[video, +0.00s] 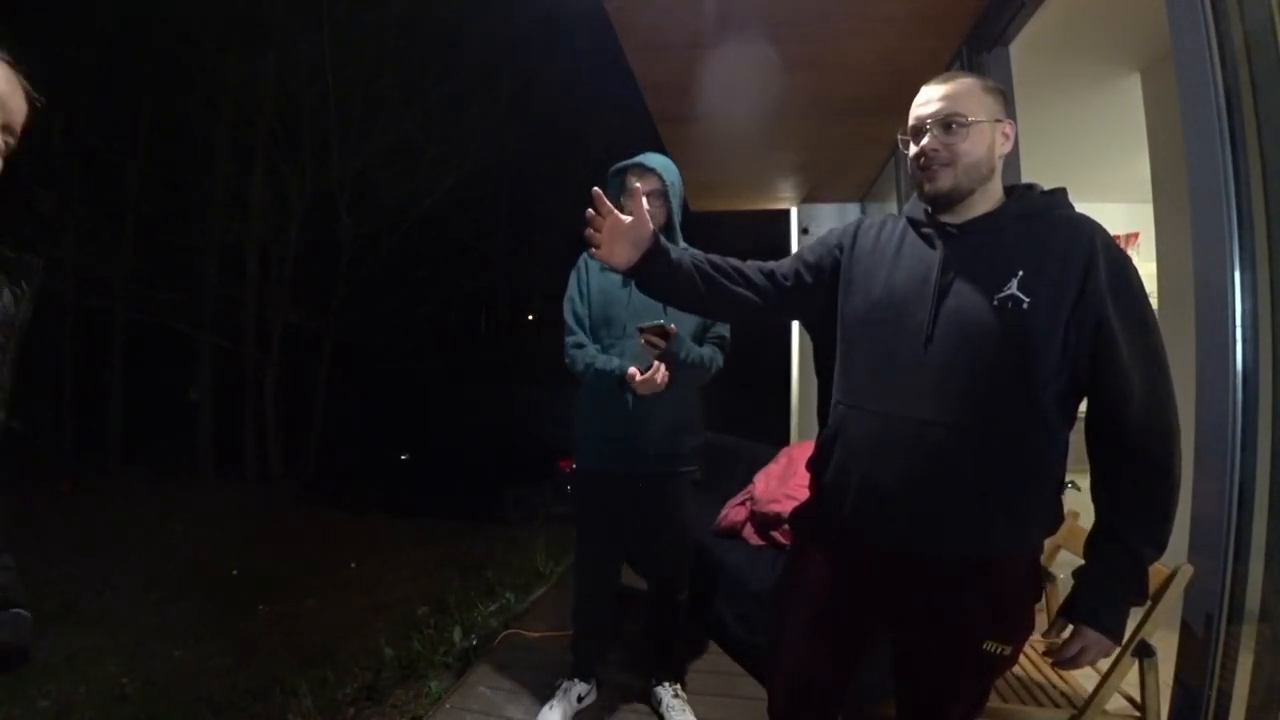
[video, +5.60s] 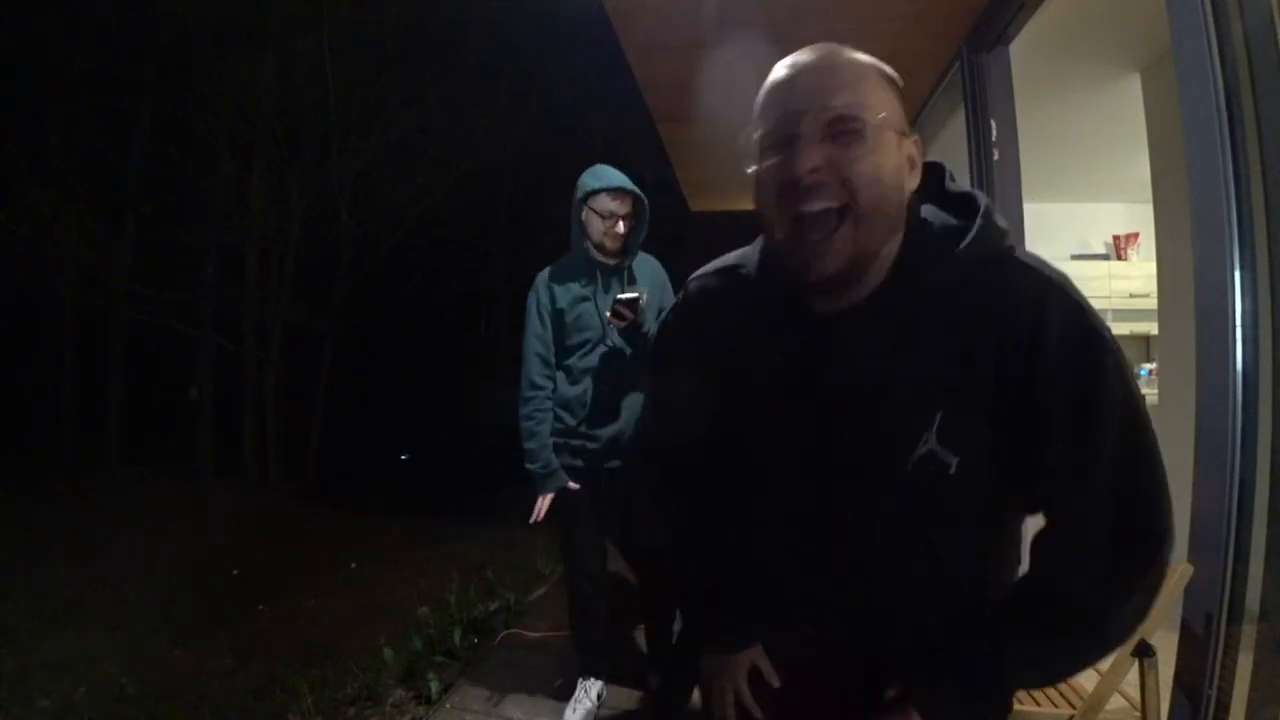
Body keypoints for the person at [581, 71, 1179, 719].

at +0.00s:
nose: (920, 143)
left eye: (946, 126)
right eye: (913, 133)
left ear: (1004, 136)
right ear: (905, 150)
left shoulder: (1075, 250)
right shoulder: (861, 242)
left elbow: (1140, 435)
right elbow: (761, 286)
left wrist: (1105, 596)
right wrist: (652, 256)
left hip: (976, 561)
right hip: (842, 542)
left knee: (938, 710)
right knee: (801, 703)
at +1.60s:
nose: (880, 122)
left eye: (901, 109)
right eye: (862, 115)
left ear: (935, 135)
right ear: (843, 145)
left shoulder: (1002, 246)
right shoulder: (789, 245)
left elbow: (1062, 405)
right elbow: (707, 340)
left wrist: (1053, 541)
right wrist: (647, 364)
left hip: (952, 549)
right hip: (816, 546)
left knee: (918, 706)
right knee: (811, 706)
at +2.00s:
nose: (925, 125)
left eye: (947, 115)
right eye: (908, 119)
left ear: (982, 143)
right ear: (887, 149)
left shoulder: (1037, 255)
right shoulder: (828, 238)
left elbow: (1092, 415)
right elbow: (758, 329)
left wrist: (1083, 553)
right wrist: (716, 329)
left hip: (966, 551)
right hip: (829, 539)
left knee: (927, 705)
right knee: (816, 703)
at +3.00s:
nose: (912, 132)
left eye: (930, 122)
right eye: (894, 126)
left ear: (957, 153)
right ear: (869, 158)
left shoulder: (1018, 255)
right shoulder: (821, 249)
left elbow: (1081, 419)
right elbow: (740, 344)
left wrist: (1063, 569)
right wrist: (673, 419)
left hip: (951, 542)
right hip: (821, 532)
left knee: (916, 703)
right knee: (813, 699)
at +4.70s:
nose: (909, 76)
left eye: (941, 63)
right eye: (891, 64)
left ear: (979, 102)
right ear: (865, 99)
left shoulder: (1040, 209)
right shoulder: (796, 218)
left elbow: (1104, 440)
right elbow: (730, 376)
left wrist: (990, 638)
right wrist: (735, 511)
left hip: (944, 596)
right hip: (787, 582)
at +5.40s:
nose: (851, 105)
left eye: (877, 87)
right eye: (822, 96)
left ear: (920, 125)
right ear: (793, 147)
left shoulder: (1019, 259)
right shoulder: (735, 278)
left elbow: (1085, 469)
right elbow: (697, 462)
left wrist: (965, 643)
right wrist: (747, 606)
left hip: (945, 645)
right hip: (786, 639)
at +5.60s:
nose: (804, 166)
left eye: (841, 133)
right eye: (776, 144)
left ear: (911, 160)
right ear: (752, 178)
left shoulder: (1019, 309)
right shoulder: (708, 317)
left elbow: (1121, 534)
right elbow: (659, 498)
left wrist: (969, 668)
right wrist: (713, 627)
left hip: (935, 686)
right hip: (763, 681)